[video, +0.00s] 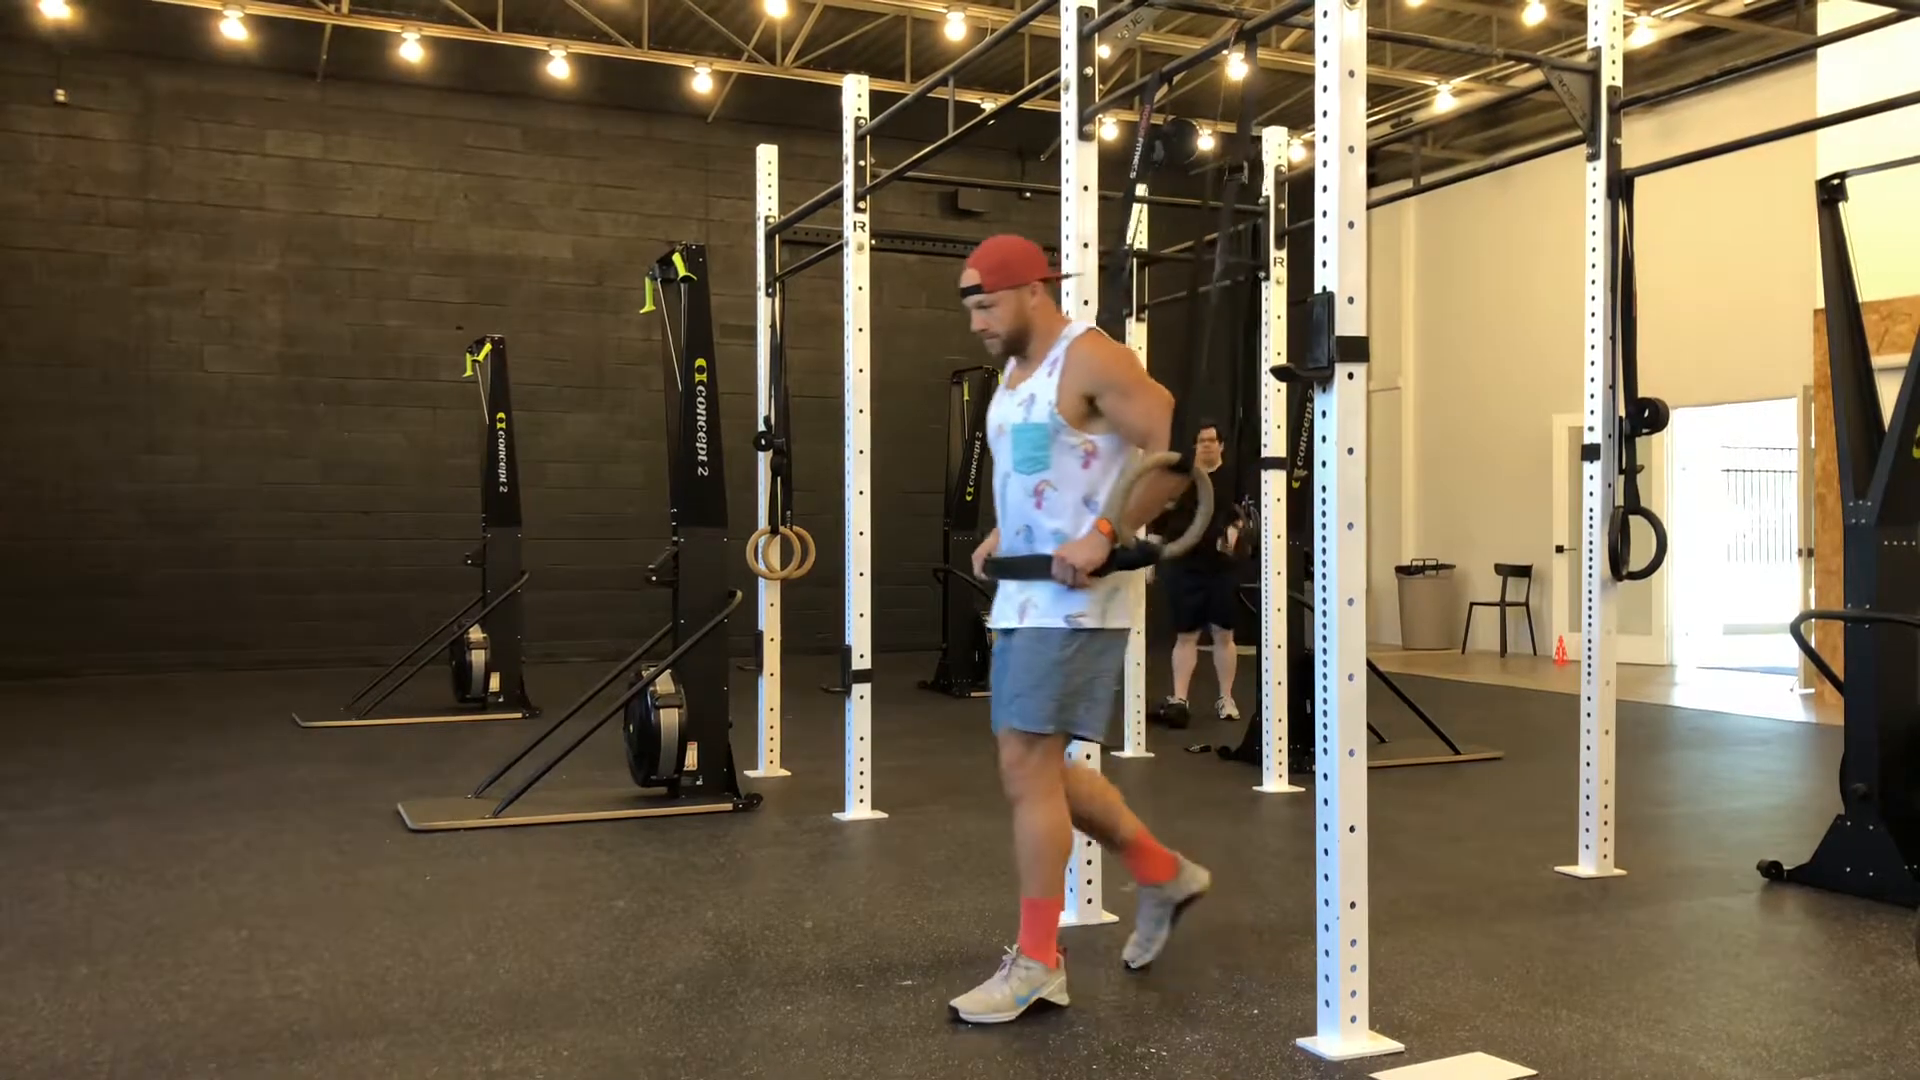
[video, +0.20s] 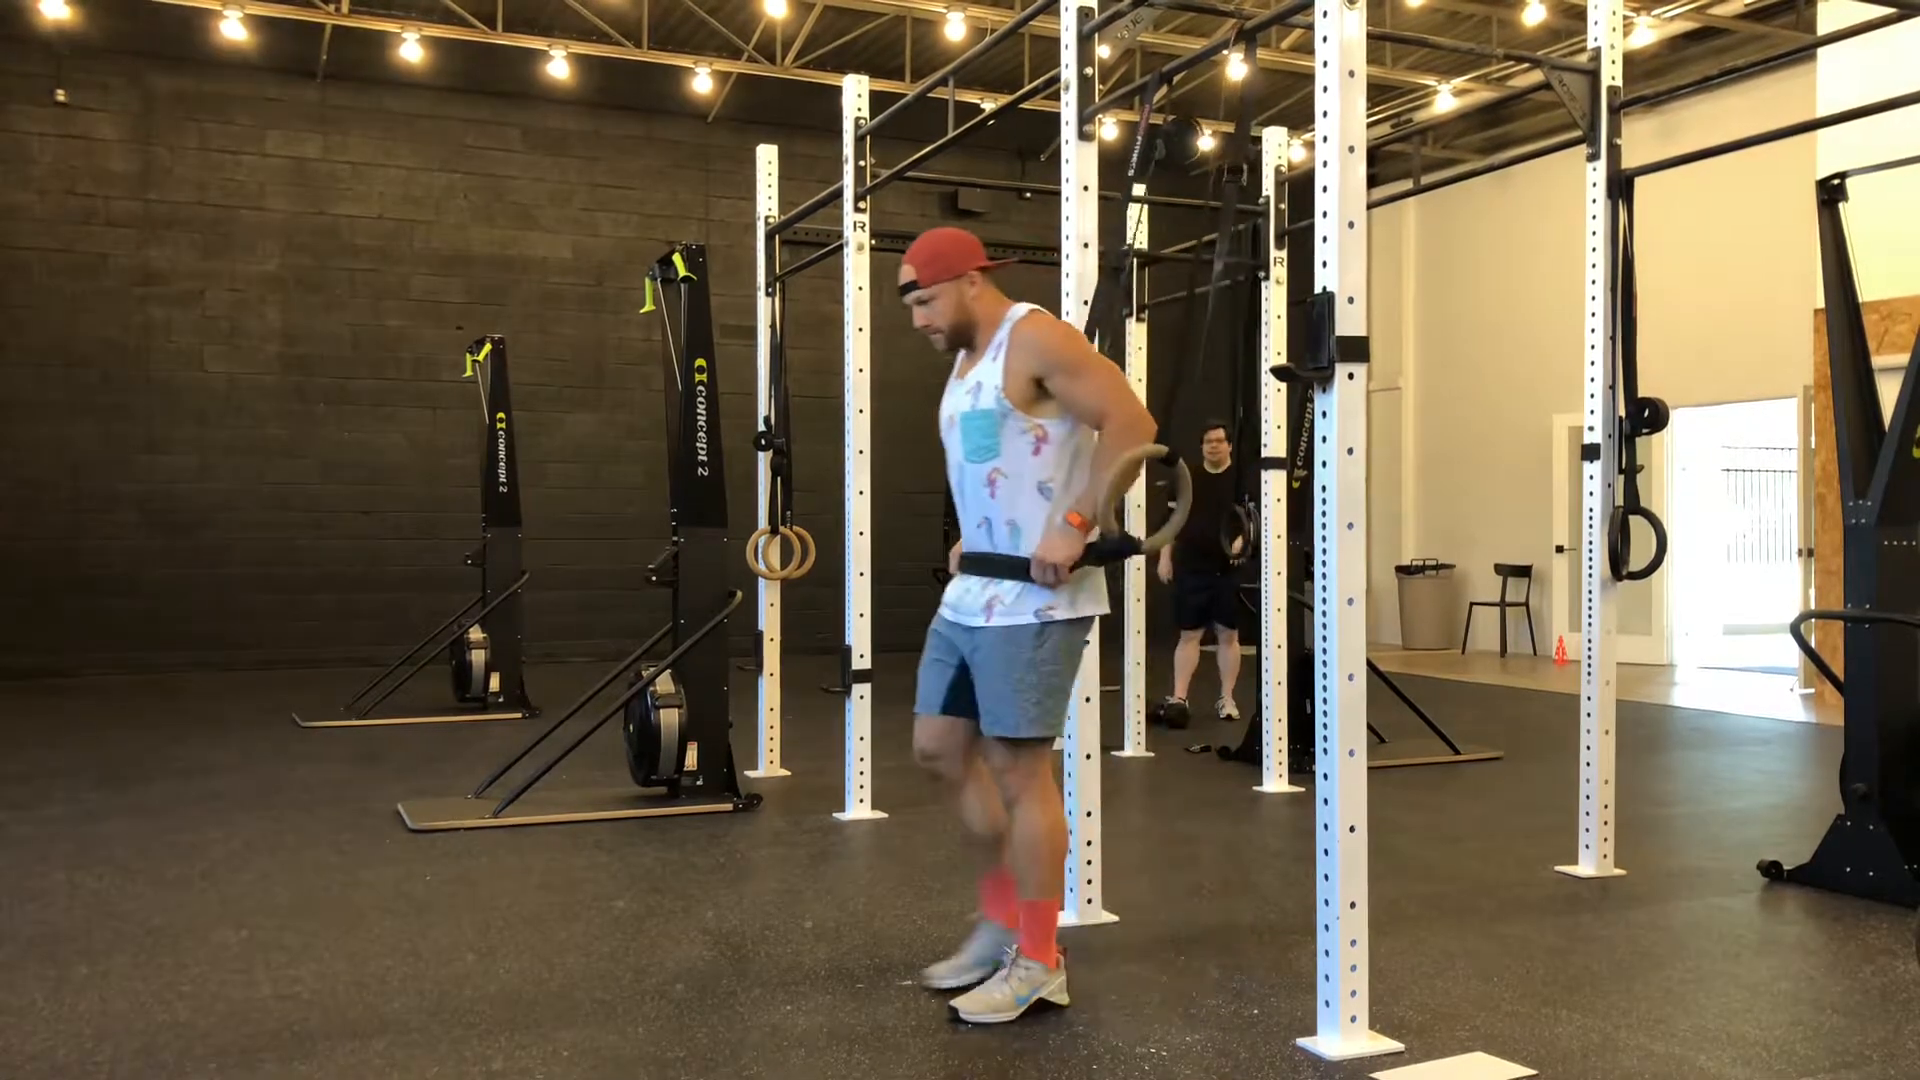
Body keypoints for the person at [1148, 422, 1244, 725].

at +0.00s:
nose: (1209, 446)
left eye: (1213, 441)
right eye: (1203, 441)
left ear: (1222, 445)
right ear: (1193, 447)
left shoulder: (1233, 479)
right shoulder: (1179, 481)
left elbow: (1245, 515)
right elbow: (1157, 523)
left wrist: (1237, 533)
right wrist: (1149, 560)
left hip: (1221, 565)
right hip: (1184, 566)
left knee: (1224, 635)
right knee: (1186, 635)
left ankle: (1226, 698)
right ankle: (1179, 699)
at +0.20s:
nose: (1214, 447)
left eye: (1219, 441)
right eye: (1209, 442)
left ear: (1229, 445)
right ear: (1201, 446)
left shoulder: (1241, 478)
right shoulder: (1187, 478)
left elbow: (1255, 517)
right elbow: (1172, 516)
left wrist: (1243, 539)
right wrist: (1165, 555)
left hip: (1226, 567)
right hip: (1190, 566)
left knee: (1228, 635)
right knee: (1189, 634)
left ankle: (1227, 699)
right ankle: (1179, 698)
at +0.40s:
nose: (1216, 448)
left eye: (1221, 442)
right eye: (1211, 443)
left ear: (1232, 445)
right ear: (1203, 446)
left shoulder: (1245, 480)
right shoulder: (1191, 480)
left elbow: (1258, 522)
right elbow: (1174, 520)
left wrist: (1248, 555)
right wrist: (1171, 555)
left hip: (1229, 569)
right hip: (1193, 567)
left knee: (1229, 634)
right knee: (1186, 634)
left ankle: (1226, 698)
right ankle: (1173, 696)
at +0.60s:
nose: (1215, 447)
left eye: (1221, 442)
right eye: (1209, 442)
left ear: (1231, 445)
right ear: (1202, 446)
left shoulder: (1243, 480)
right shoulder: (1189, 480)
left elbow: (1256, 525)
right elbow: (1173, 523)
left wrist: (1254, 563)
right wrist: (1169, 558)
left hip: (1230, 570)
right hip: (1192, 567)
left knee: (1229, 634)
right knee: (1184, 632)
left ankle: (1227, 698)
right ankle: (1172, 694)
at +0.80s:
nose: (1206, 447)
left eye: (1211, 441)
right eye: (1201, 442)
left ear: (1223, 445)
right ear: (1194, 446)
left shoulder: (1238, 480)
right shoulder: (1181, 481)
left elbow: (1254, 524)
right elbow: (1165, 524)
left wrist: (1253, 561)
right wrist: (1160, 560)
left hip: (1226, 569)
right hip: (1186, 568)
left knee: (1225, 633)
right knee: (1185, 633)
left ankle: (1226, 699)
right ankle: (1175, 695)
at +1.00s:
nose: (1198, 447)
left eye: (1203, 442)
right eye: (1193, 442)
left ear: (1215, 445)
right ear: (1187, 446)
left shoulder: (1231, 480)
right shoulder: (1176, 480)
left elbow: (1249, 523)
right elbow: (1157, 522)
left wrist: (1246, 559)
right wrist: (1150, 558)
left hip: (1220, 569)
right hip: (1180, 568)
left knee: (1221, 634)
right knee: (1181, 634)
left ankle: (1226, 698)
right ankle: (1175, 695)